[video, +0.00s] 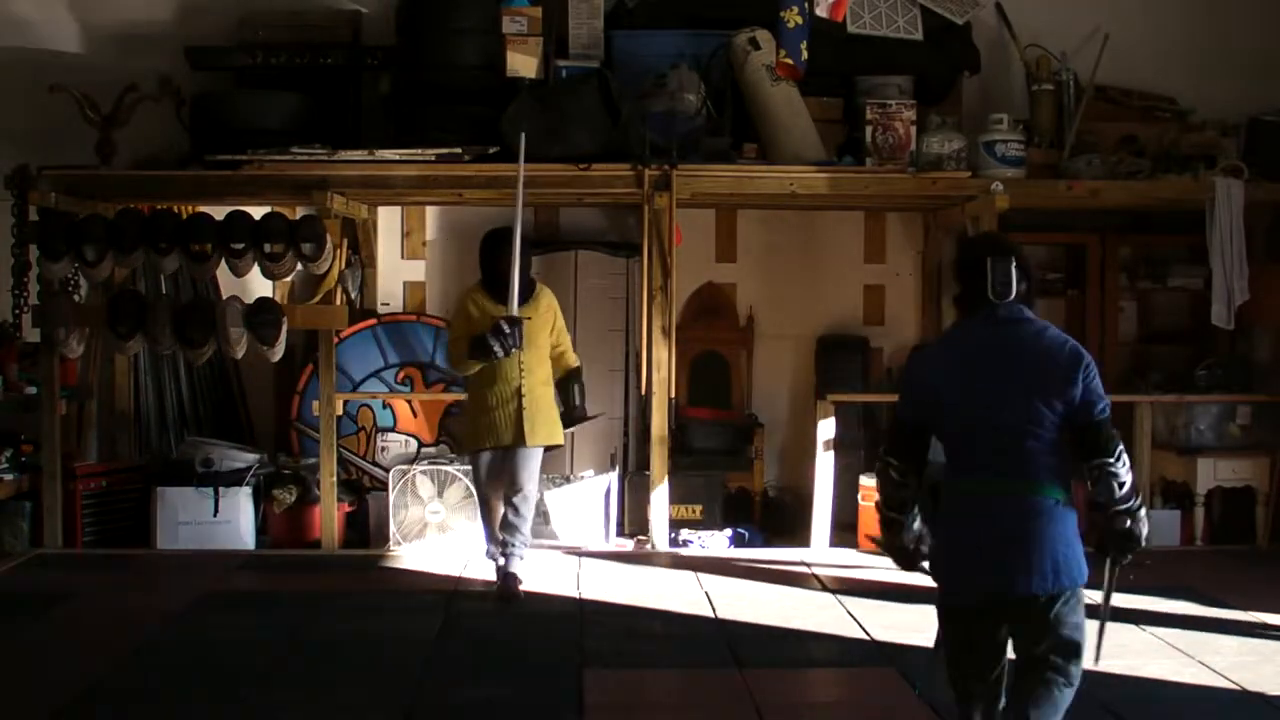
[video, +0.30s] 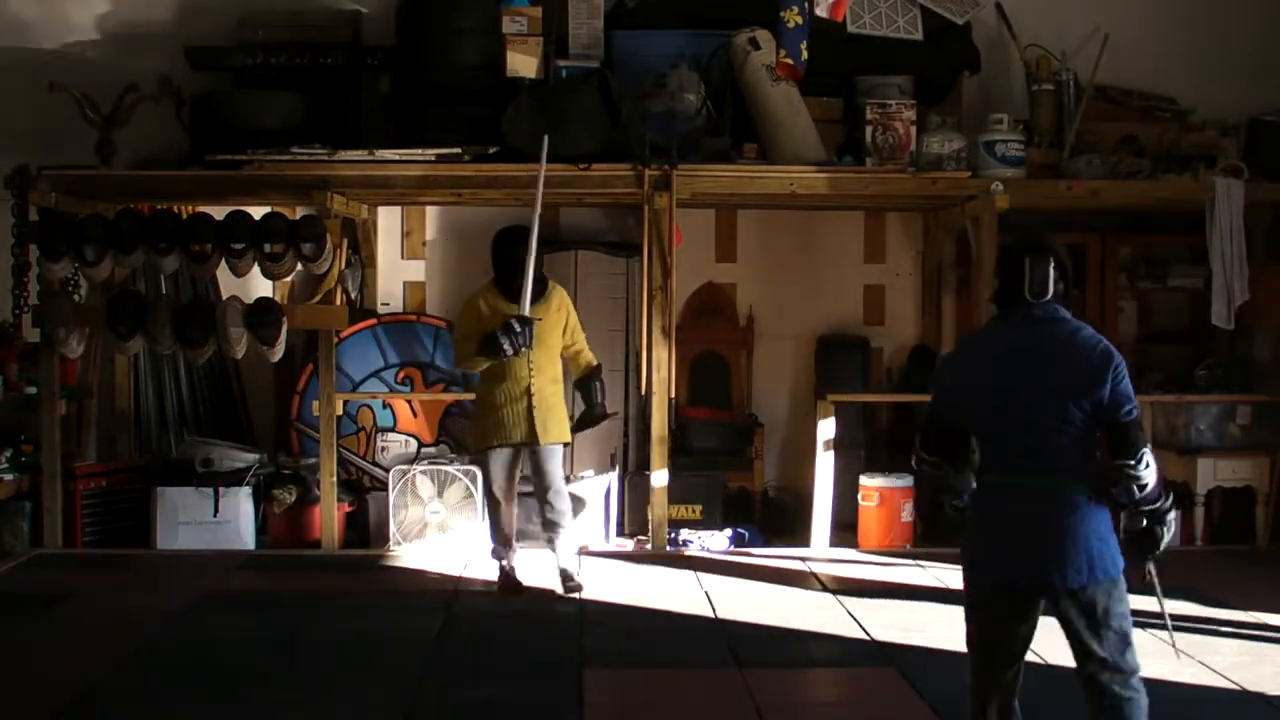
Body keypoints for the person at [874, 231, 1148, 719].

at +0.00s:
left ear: (961, 288)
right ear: (1025, 286)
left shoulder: (933, 359)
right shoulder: (1066, 356)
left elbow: (901, 460)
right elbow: (1105, 457)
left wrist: (902, 528)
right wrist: (1123, 519)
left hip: (963, 539)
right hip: (1041, 538)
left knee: (974, 675)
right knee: (1053, 663)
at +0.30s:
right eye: (1051, 280)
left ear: (1000, 285)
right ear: (1060, 285)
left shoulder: (968, 356)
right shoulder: (1096, 354)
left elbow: (939, 455)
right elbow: (1132, 464)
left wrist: (962, 500)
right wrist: (1152, 513)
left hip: (996, 533)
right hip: (1076, 536)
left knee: (993, 686)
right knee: (1116, 682)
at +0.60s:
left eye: (1062, 290)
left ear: (1070, 293)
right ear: (1128, 291)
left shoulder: (1045, 355)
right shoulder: (1170, 358)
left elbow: (1005, 448)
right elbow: (1202, 458)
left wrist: (1006, 513)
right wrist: (1216, 522)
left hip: (1068, 529)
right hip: (1150, 532)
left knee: (1042, 660)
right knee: (1157, 670)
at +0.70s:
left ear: (1089, 291)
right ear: (1148, 289)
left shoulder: (1063, 355)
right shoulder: (1187, 358)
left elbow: (1024, 445)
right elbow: (1225, 453)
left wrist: (1025, 510)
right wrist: (1241, 517)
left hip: (1084, 527)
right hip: (1163, 530)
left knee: (1060, 656)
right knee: (1165, 668)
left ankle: (1040, 716)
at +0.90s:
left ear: (1117, 289)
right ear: (1172, 288)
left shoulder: (1088, 352)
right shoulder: (1207, 355)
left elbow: (1044, 439)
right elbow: (1242, 444)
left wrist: (1052, 494)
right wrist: (1250, 494)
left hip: (1101, 519)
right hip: (1179, 521)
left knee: (1101, 658)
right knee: (1172, 659)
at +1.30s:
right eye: (1171, 283)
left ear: (1119, 290)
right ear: (1175, 288)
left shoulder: (1094, 353)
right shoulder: (1212, 349)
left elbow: (1058, 444)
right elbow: (1257, 440)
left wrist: (1064, 502)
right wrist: (1264, 434)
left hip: (1123, 512)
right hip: (1197, 514)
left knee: (1124, 646)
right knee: (1195, 644)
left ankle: (1129, 714)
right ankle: (1180, 715)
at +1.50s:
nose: (1125, 299)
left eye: (1128, 291)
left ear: (1132, 293)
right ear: (1186, 290)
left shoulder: (1115, 353)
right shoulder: (1224, 347)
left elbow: (1081, 440)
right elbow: (1267, 434)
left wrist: (1080, 500)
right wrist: (1251, 447)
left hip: (1142, 515)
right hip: (1218, 514)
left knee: (1132, 648)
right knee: (1240, 640)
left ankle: (1130, 718)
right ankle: (1247, 715)